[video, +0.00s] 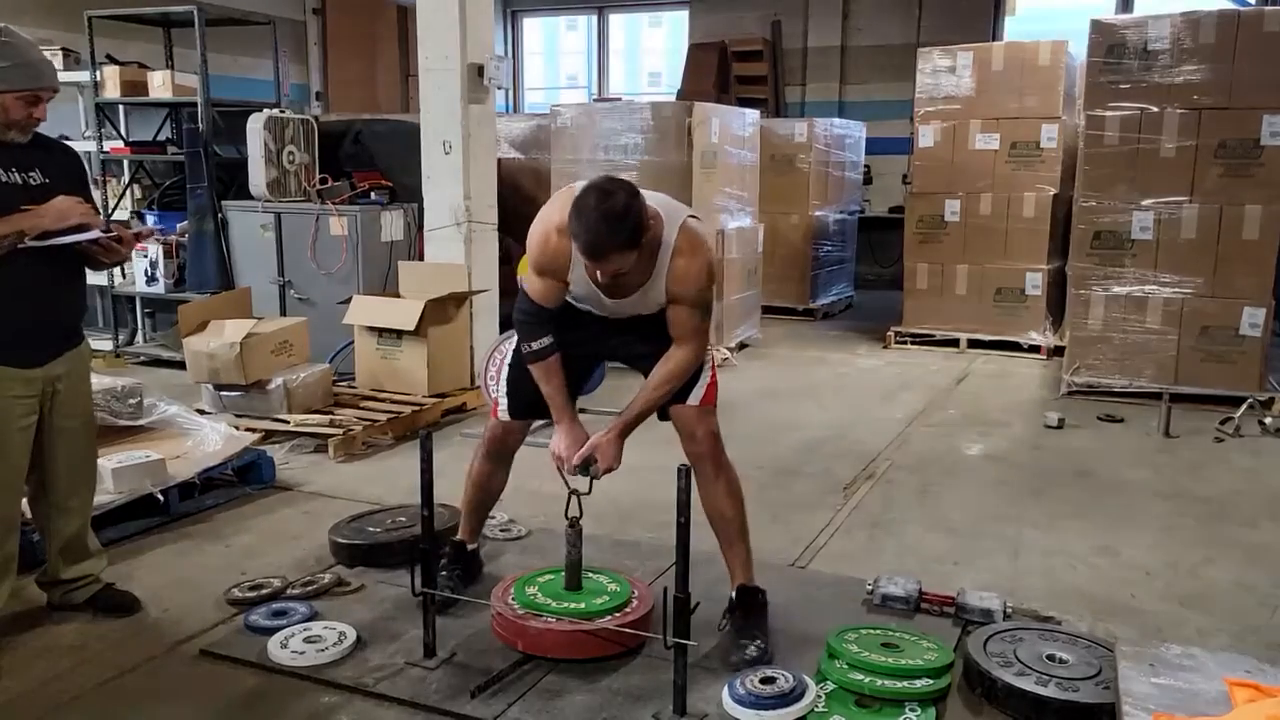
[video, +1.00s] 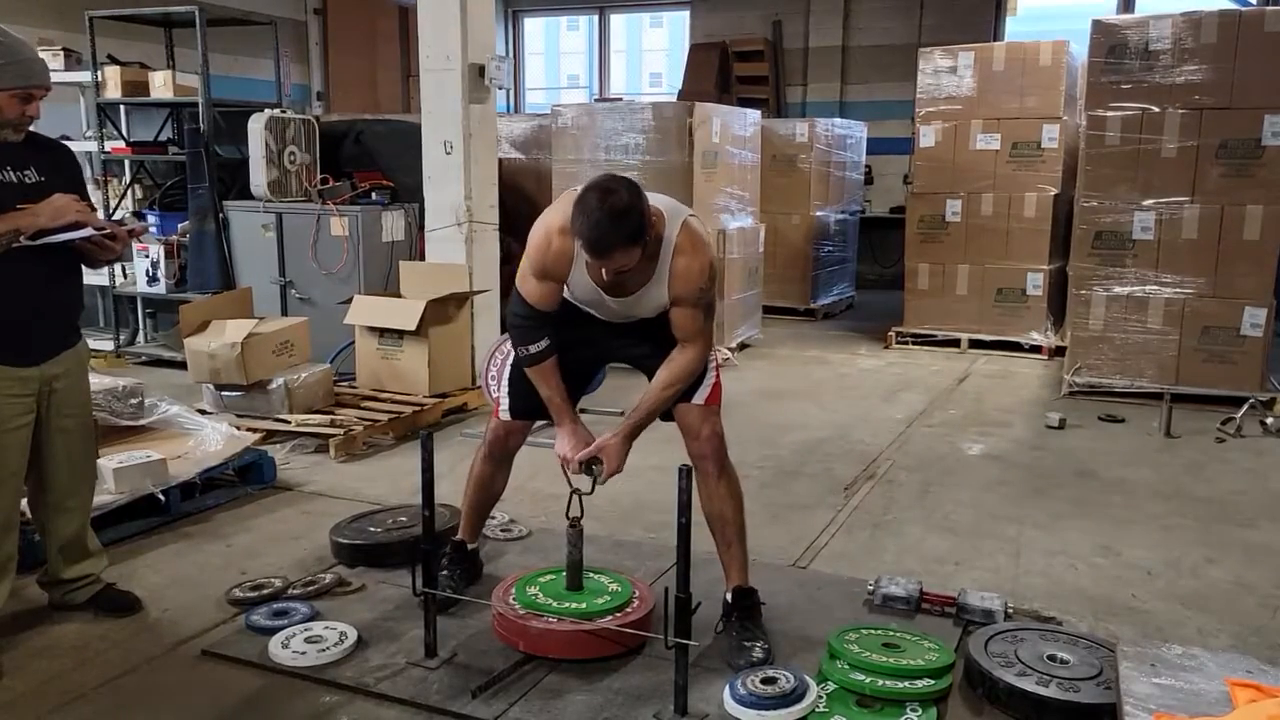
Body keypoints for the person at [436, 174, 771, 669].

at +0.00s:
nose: (604, 280)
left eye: (617, 272)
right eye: (594, 270)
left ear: (646, 239)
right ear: (575, 238)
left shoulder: (690, 254)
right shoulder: (551, 233)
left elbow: (688, 349)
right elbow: (533, 327)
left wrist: (619, 429)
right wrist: (565, 422)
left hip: (656, 321)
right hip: (572, 316)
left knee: (704, 441)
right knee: (499, 434)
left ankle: (746, 593)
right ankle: (463, 548)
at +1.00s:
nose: (608, 277)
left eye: (621, 268)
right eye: (597, 267)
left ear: (650, 235)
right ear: (578, 237)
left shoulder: (691, 255)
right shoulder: (551, 236)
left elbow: (693, 348)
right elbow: (528, 328)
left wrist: (625, 434)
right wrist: (565, 422)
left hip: (658, 324)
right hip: (574, 319)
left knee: (708, 441)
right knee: (501, 432)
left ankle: (742, 599)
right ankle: (462, 549)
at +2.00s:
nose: (609, 295)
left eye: (622, 286)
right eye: (598, 286)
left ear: (647, 257)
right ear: (578, 260)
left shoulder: (689, 265)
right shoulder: (552, 258)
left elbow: (689, 350)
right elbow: (498, 341)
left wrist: (625, 431)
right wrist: (560, 432)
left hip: (659, 325)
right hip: (569, 321)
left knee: (706, 442)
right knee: (501, 433)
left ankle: (740, 597)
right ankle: (462, 549)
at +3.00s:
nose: (601, 311)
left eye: (612, 301)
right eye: (588, 303)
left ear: (635, 264)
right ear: (567, 275)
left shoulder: (677, 277)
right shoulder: (538, 272)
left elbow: (691, 356)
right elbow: (494, 341)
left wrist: (620, 432)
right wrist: (556, 431)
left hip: (654, 327)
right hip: (561, 324)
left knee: (704, 441)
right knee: (499, 434)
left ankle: (739, 597)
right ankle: (460, 549)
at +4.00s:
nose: (600, 257)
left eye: (614, 249)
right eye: (590, 247)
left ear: (636, 219)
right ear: (570, 217)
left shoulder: (673, 243)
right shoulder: (541, 222)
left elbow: (699, 320)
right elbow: (516, 319)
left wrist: (615, 349)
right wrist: (550, 421)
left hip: (648, 346)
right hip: (563, 338)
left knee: (682, 471)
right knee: (463, 446)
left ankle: (738, 605)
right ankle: (476, 558)